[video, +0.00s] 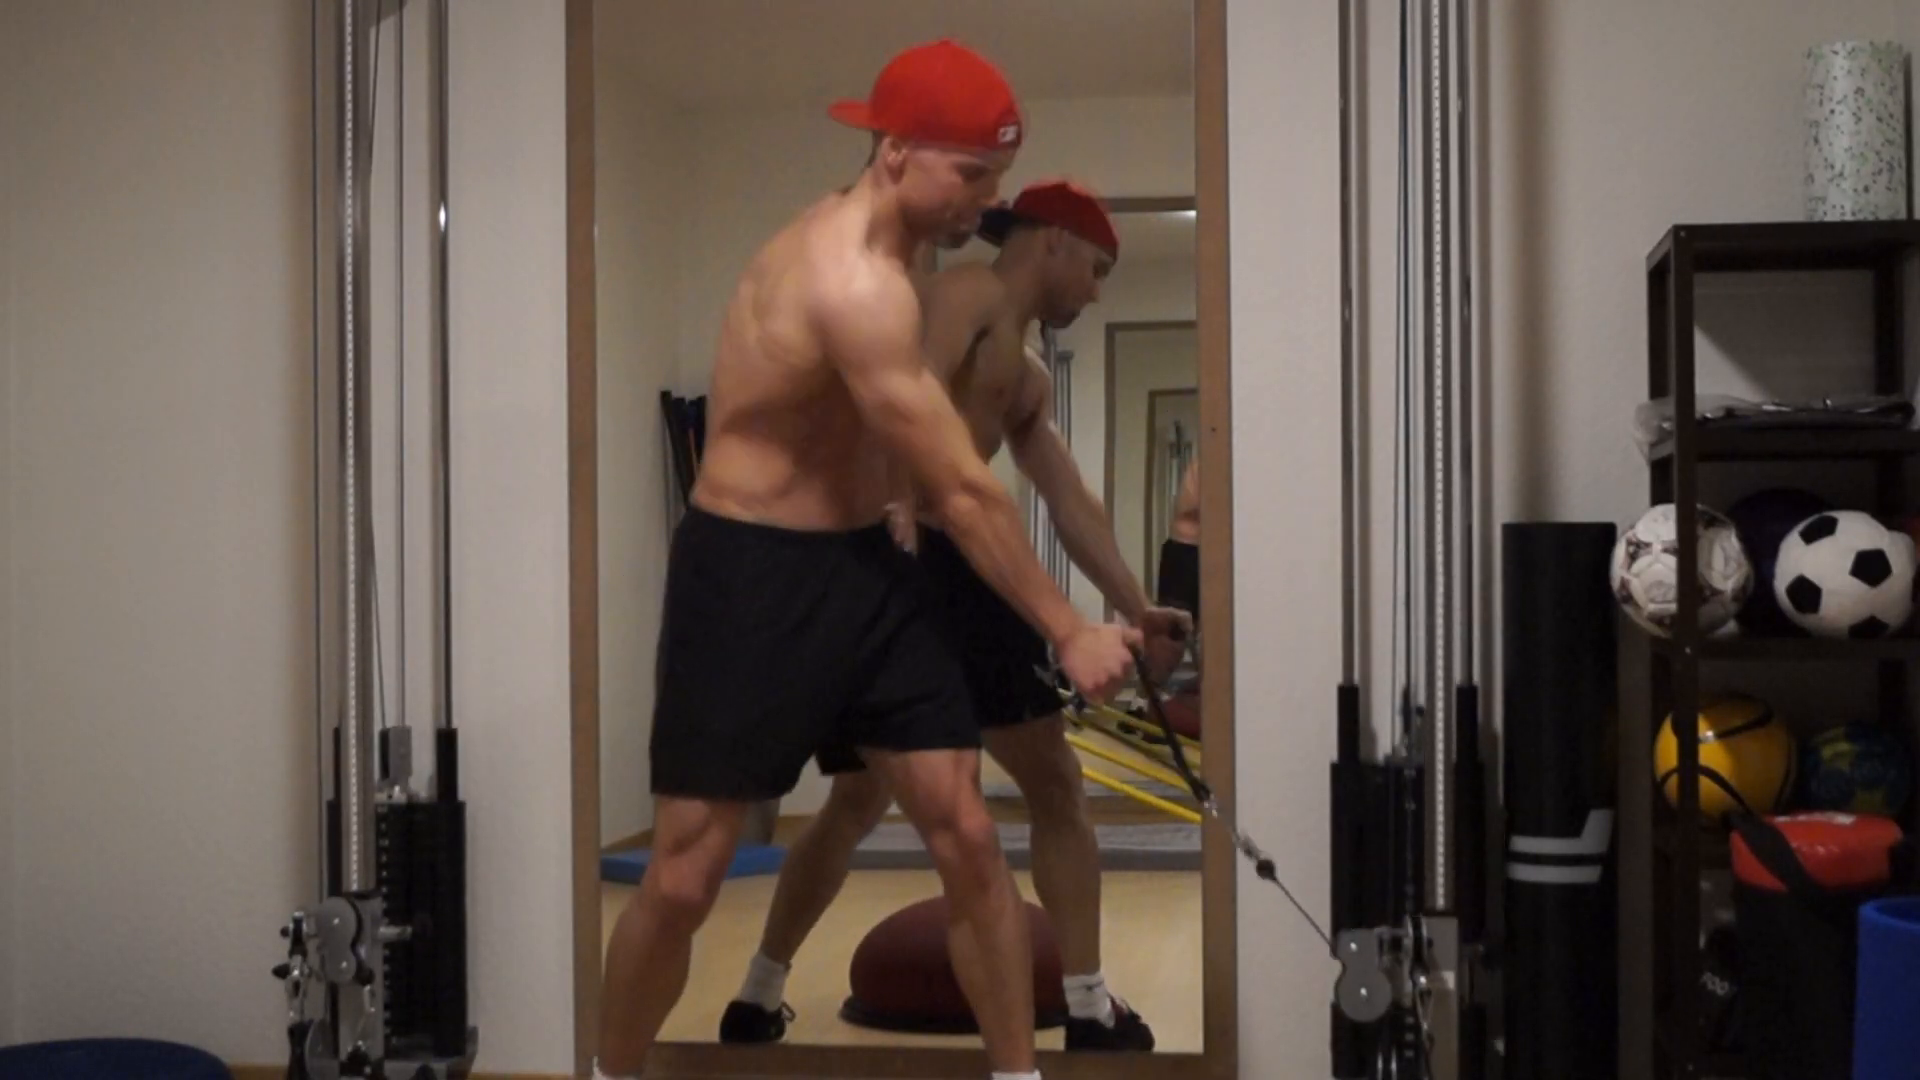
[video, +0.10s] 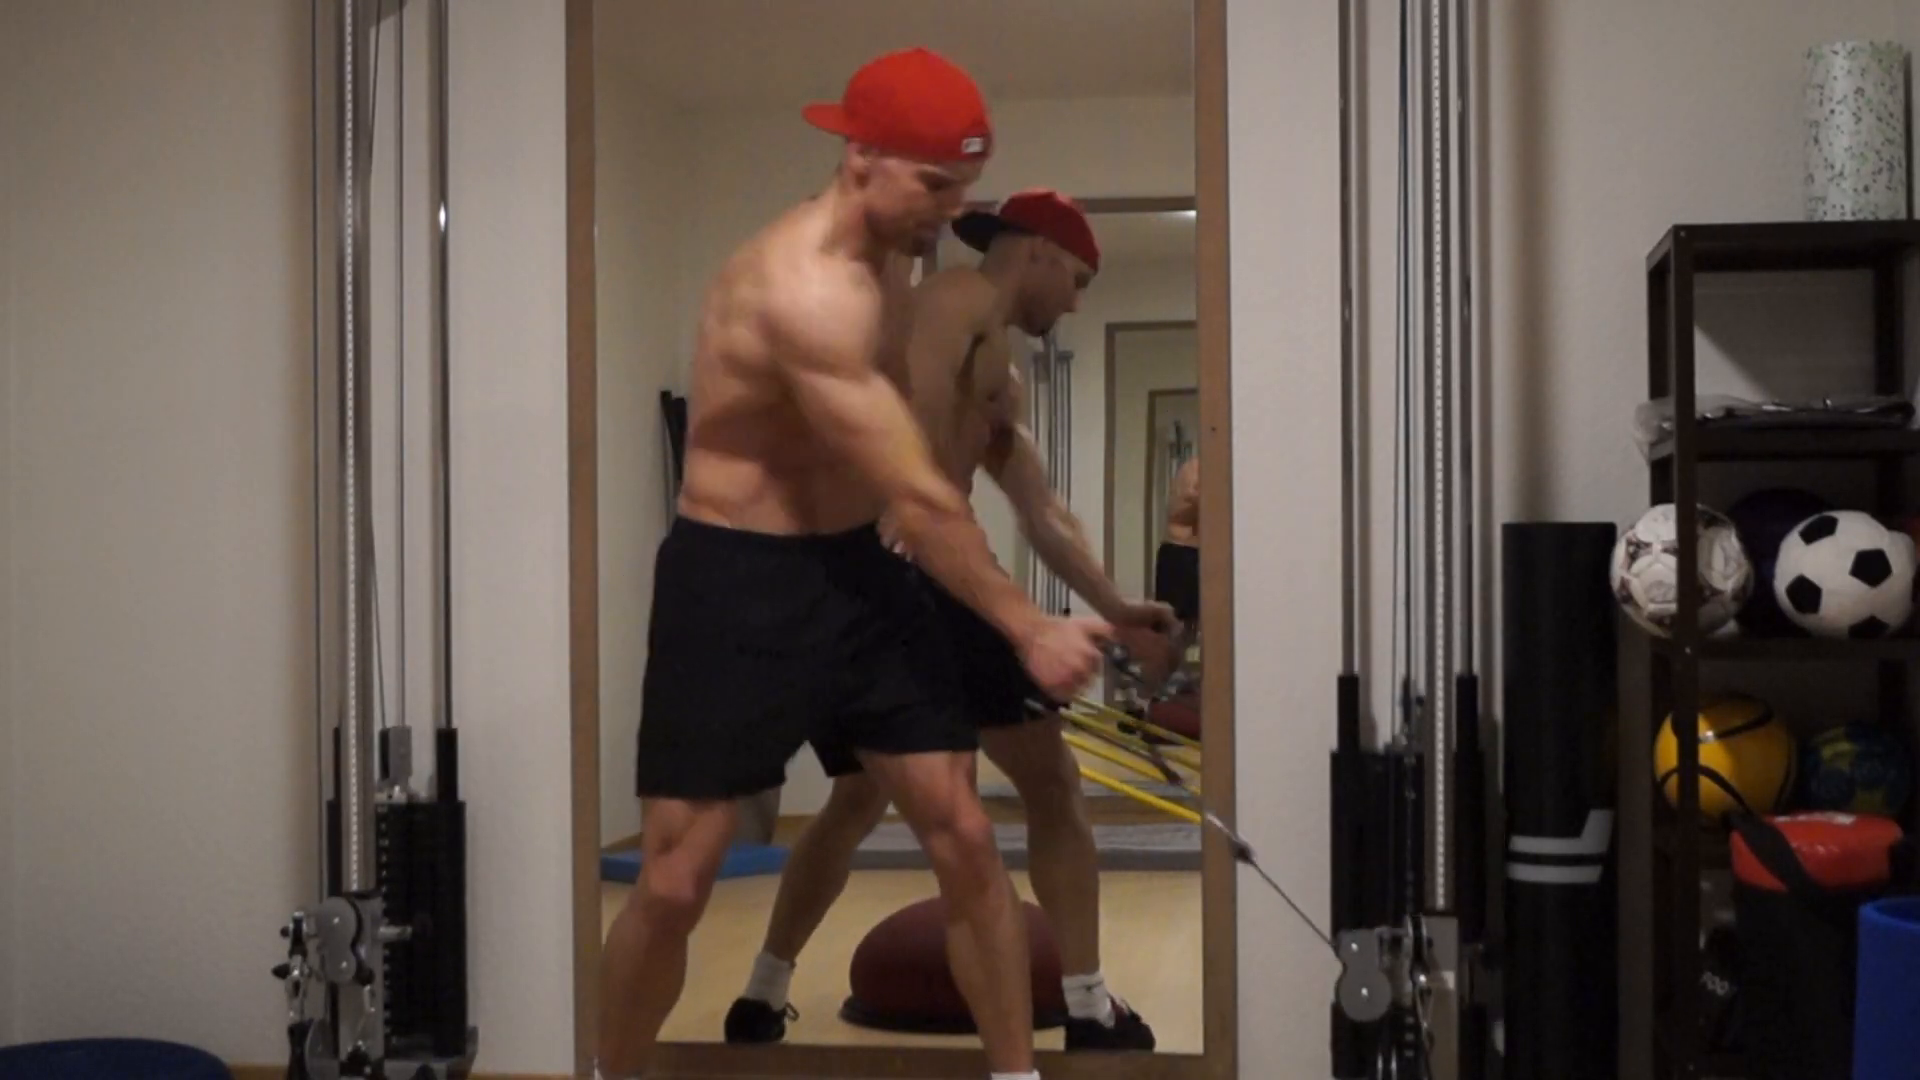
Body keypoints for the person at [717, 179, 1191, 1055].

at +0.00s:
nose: (1097, 291)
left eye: (1103, 275)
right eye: (1096, 270)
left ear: (1055, 254)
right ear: (1052, 247)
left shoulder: (1024, 375)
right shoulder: (971, 289)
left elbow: (1069, 498)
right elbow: (906, 403)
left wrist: (1136, 609)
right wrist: (902, 511)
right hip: (937, 567)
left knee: (857, 799)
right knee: (1056, 787)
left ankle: (760, 991)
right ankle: (1088, 1006)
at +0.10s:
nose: (1075, 299)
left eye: (1081, 283)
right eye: (1074, 279)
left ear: (1032, 263)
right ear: (1033, 258)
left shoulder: (994, 364)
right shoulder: (960, 300)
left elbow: (1042, 508)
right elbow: (913, 468)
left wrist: (1114, 606)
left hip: (891, 586)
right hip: (936, 586)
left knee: (858, 798)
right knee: (1051, 784)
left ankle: (764, 989)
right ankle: (1088, 1004)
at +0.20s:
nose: (1029, 298)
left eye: (1035, 283)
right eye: (1031, 278)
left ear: (970, 245)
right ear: (1004, 252)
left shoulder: (896, 294)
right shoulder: (969, 301)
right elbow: (955, 420)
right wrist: (988, 524)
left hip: (874, 554)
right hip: (953, 561)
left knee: (833, 792)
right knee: (1034, 779)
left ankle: (762, 993)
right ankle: (1083, 1000)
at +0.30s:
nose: (1011, 288)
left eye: (1012, 277)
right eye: (1011, 274)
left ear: (926, 235)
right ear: (993, 253)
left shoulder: (852, 284)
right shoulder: (987, 289)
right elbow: (1016, 374)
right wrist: (1008, 493)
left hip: (837, 544)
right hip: (945, 546)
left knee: (811, 782)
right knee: (1025, 781)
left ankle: (757, 991)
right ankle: (1082, 1000)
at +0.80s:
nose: (1000, 282)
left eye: (1000, 272)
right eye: (999, 268)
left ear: (907, 237)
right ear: (982, 249)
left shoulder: (848, 290)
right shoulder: (985, 280)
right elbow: (1005, 359)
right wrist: (1035, 474)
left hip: (844, 547)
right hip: (954, 540)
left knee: (814, 790)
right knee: (1038, 775)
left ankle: (755, 996)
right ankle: (1082, 1004)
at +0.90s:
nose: (1033, 299)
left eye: (1040, 287)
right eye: (1038, 279)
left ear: (968, 236)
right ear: (1010, 246)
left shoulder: (887, 281)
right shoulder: (982, 281)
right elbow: (967, 415)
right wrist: (1005, 513)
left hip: (865, 537)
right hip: (954, 540)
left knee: (829, 792)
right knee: (1051, 780)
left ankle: (758, 996)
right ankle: (1083, 1005)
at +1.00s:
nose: (1077, 302)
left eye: (1086, 288)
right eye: (1082, 280)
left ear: (1044, 252)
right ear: (1044, 245)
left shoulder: (998, 331)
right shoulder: (972, 282)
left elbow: (972, 489)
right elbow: (887, 383)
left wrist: (1066, 565)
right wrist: (938, 503)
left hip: (940, 572)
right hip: (930, 572)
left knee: (841, 798)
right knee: (1060, 787)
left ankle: (761, 993)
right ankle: (1085, 1005)